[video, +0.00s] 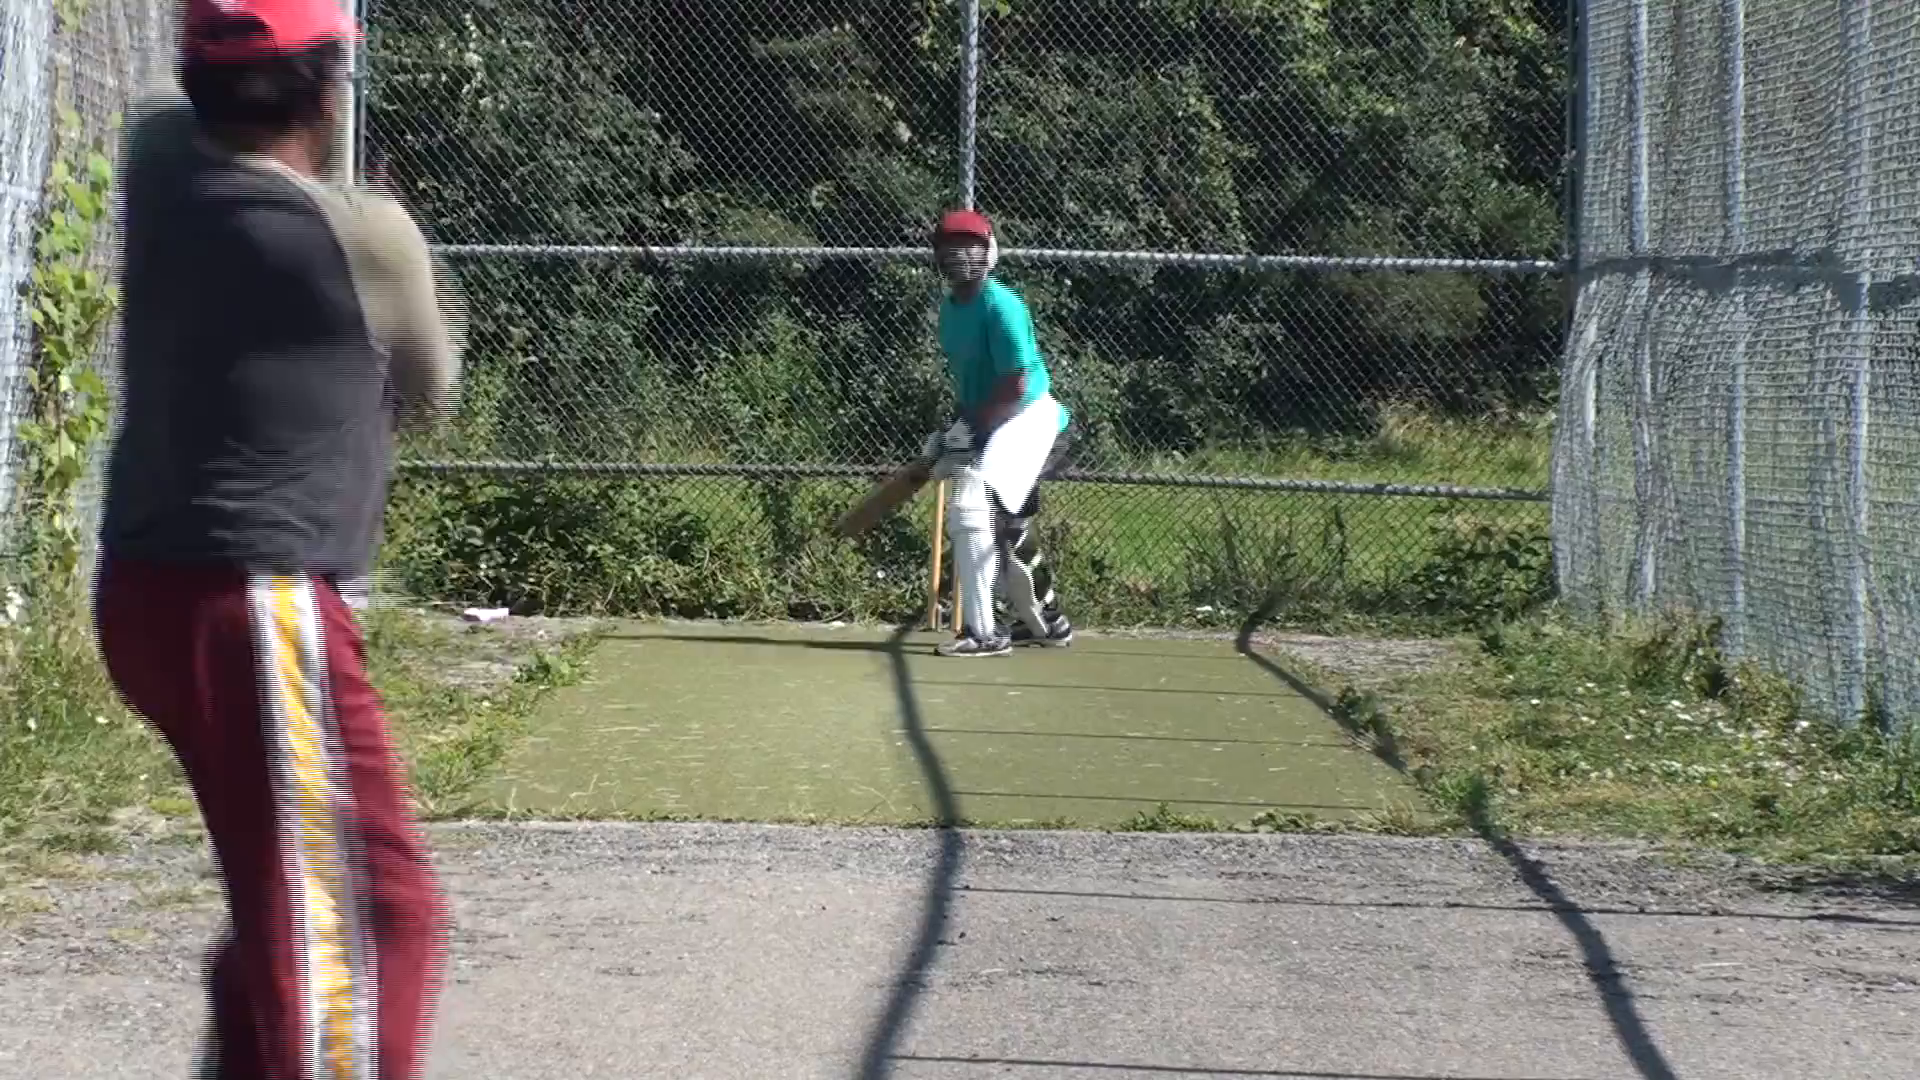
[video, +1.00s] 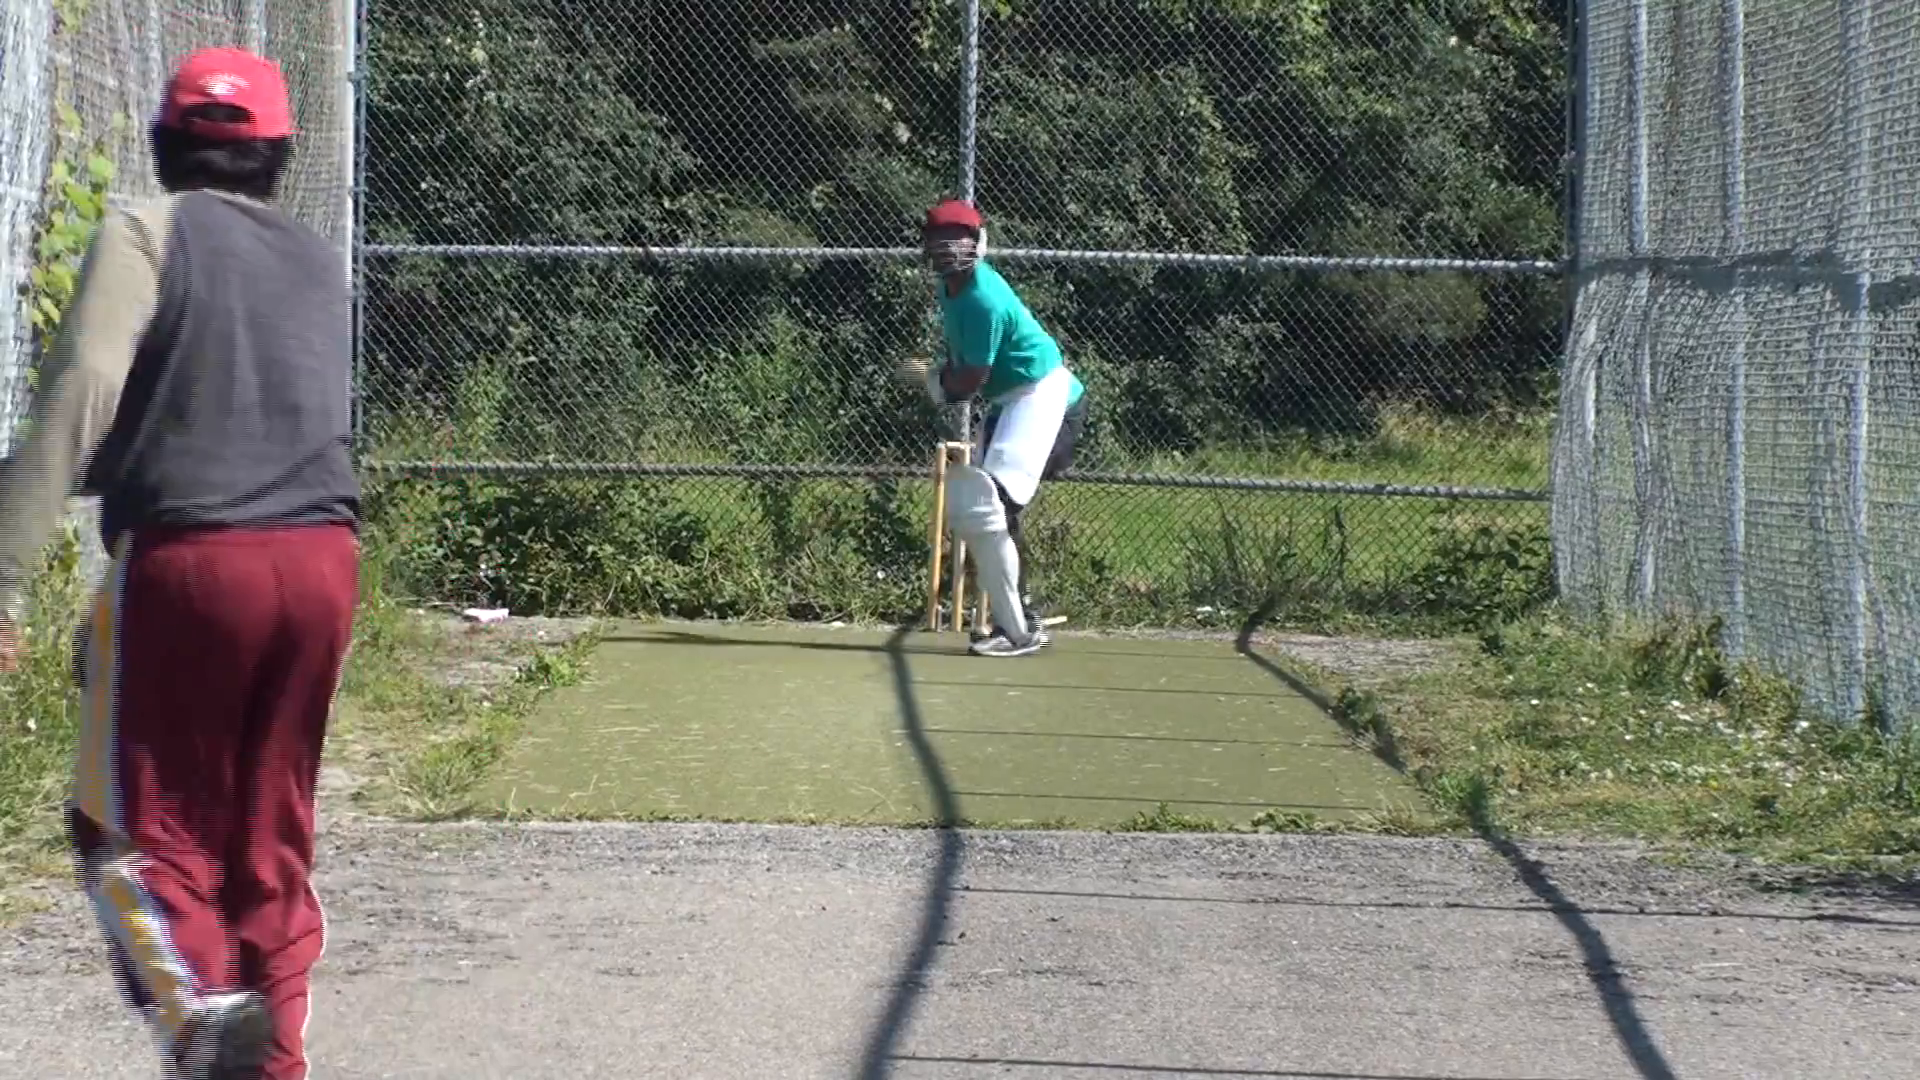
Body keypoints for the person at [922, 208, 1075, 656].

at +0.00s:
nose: (967, 257)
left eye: (976, 247)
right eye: (955, 249)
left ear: (990, 254)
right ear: (939, 258)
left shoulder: (1001, 305)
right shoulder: (950, 308)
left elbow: (1015, 386)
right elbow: (969, 378)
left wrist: (973, 429)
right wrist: (959, 430)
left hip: (1027, 414)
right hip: (990, 417)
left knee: (970, 502)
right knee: (996, 521)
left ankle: (983, 632)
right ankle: (1044, 620)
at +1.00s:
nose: (950, 248)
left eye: (961, 238)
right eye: (941, 239)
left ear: (977, 244)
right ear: (928, 248)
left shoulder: (981, 298)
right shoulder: (951, 289)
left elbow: (973, 380)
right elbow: (964, 362)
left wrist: (933, 384)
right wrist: (935, 377)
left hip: (1039, 391)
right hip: (1011, 392)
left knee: (997, 501)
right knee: (989, 499)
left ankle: (1017, 626)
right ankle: (1016, 616)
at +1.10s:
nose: (952, 257)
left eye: (962, 247)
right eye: (942, 248)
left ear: (978, 252)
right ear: (928, 256)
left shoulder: (977, 307)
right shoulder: (956, 290)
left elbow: (961, 374)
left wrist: (935, 364)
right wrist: (944, 352)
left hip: (1041, 394)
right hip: (1012, 396)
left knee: (984, 498)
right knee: (988, 502)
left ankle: (1023, 627)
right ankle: (1019, 615)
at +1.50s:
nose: (913, 274)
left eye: (918, 260)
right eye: (903, 269)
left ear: (939, 243)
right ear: (898, 272)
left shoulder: (979, 257)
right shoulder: (916, 319)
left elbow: (980, 310)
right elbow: (935, 380)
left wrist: (961, 355)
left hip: (1036, 392)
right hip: (983, 410)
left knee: (1021, 509)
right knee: (982, 508)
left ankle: (1011, 632)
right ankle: (1037, 593)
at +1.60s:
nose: (912, 261)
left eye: (913, 247)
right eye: (899, 259)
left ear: (926, 236)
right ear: (892, 269)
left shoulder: (971, 247)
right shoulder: (909, 307)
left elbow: (1004, 276)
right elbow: (938, 322)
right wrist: (954, 292)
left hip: (1023, 391)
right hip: (970, 407)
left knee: (1020, 516)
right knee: (970, 516)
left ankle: (1012, 632)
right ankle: (1025, 593)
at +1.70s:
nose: (900, 263)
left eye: (905, 248)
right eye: (888, 260)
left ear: (925, 234)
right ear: (879, 266)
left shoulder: (972, 250)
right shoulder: (892, 296)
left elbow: (1007, 280)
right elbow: (917, 308)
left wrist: (976, 267)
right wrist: (950, 251)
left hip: (1007, 393)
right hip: (946, 403)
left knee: (1016, 508)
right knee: (944, 506)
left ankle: (1002, 628)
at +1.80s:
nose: (889, 273)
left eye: (895, 260)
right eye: (878, 268)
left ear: (919, 244)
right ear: (871, 268)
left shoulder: (975, 267)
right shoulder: (886, 300)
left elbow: (1004, 315)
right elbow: (901, 338)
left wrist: (967, 312)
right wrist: (938, 297)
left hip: (987, 410)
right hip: (924, 415)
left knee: (999, 525)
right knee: (907, 513)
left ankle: (979, 625)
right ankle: (881, 628)